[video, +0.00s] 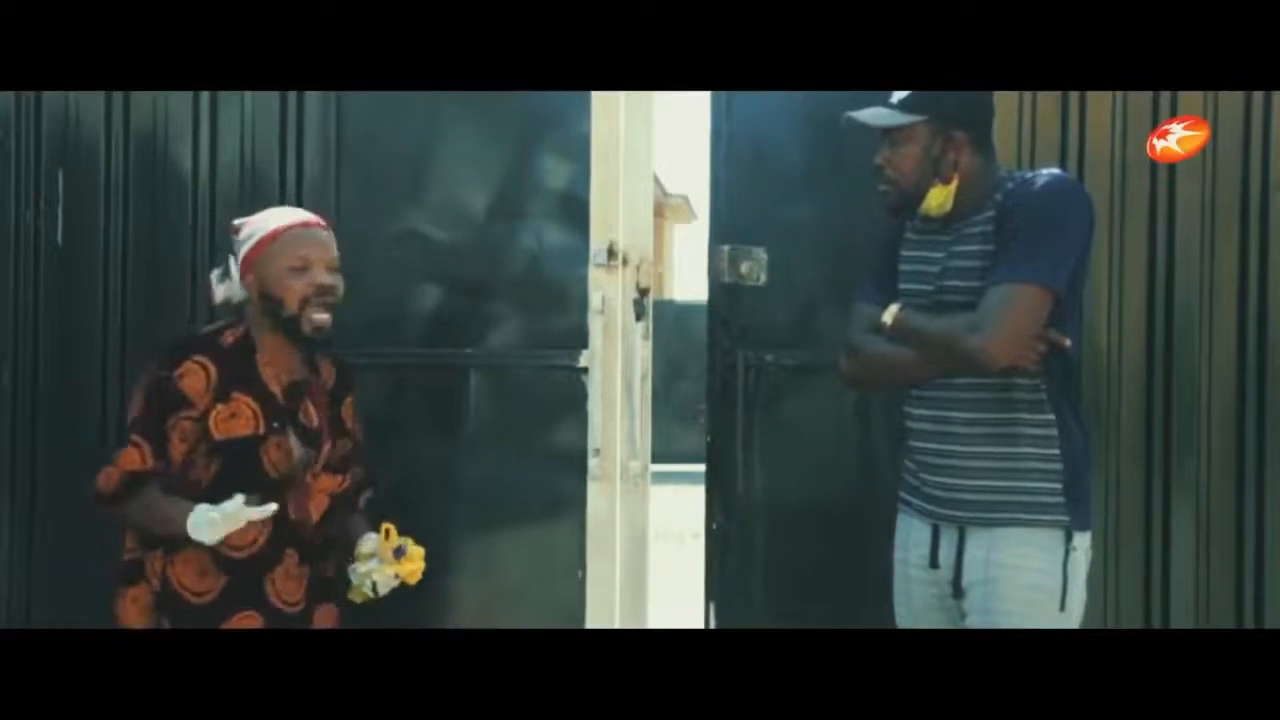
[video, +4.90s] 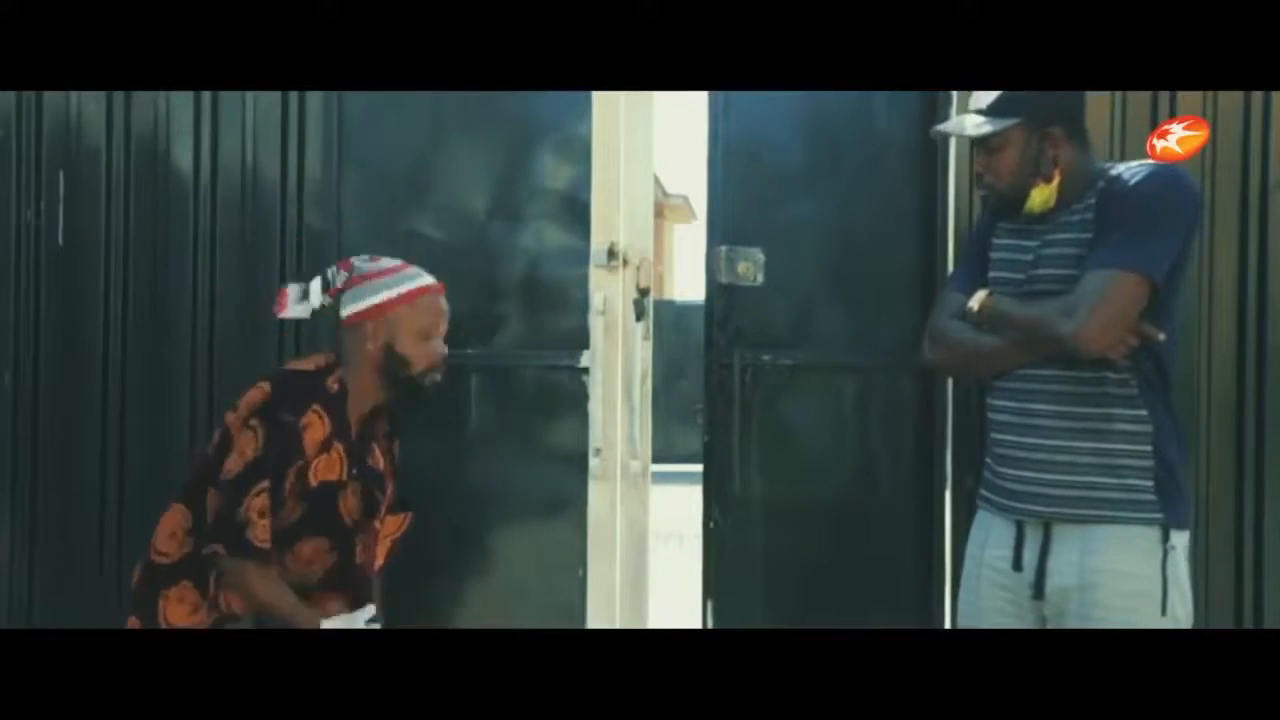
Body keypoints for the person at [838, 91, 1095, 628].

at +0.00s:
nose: (878, 161)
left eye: (896, 143)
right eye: (880, 143)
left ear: (954, 146)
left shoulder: (1048, 198)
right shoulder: (903, 223)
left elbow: (995, 345)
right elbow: (855, 362)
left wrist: (894, 318)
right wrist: (984, 343)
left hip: (1026, 523)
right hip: (922, 513)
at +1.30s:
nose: (941, 159)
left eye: (959, 142)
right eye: (943, 143)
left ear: (1016, 149)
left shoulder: (1097, 210)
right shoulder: (969, 230)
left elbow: (1012, 343)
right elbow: (891, 341)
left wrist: (925, 304)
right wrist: (1001, 342)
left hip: (1038, 536)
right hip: (933, 518)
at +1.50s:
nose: (989, 155)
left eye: (1007, 137)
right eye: (990, 137)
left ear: (1064, 144)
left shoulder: (1152, 206)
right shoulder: (998, 226)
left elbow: (1079, 339)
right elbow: (928, 340)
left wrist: (974, 302)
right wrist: (1052, 335)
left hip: (1088, 533)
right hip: (973, 519)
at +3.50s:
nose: (991, 154)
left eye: (1008, 138)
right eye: (990, 138)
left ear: (1067, 138)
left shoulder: (1163, 190)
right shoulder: (1005, 216)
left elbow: (1095, 329)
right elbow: (941, 342)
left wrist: (984, 300)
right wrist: (1071, 329)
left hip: (1120, 527)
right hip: (1002, 515)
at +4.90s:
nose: (977, 168)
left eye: (992, 148)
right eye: (975, 149)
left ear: (1054, 143)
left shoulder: (1154, 188)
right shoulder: (998, 216)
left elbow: (1092, 330)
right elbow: (939, 344)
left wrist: (983, 303)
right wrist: (1067, 327)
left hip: (1121, 528)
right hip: (1002, 517)